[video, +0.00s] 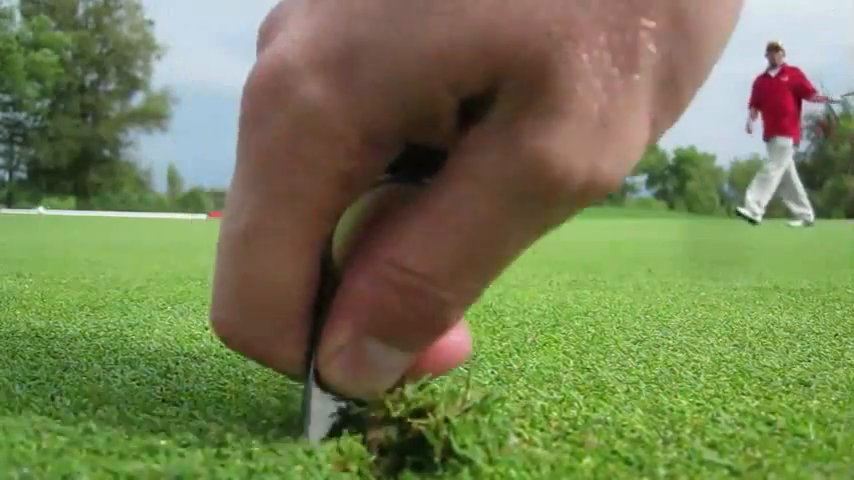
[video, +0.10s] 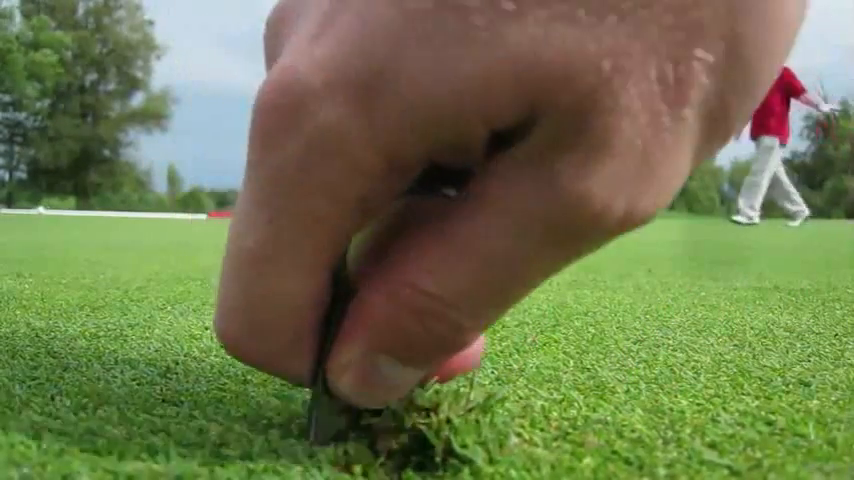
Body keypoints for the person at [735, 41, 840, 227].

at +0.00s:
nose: (773, 56)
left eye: (776, 53)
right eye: (770, 53)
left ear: (782, 55)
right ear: (766, 56)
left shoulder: (793, 74)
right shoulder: (760, 81)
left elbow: (809, 94)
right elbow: (754, 105)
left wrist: (822, 98)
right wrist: (750, 120)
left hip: (787, 129)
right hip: (770, 131)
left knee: (772, 169)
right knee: (787, 174)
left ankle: (753, 209)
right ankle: (804, 214)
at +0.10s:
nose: (764, 58)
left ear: (774, 54)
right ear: (757, 57)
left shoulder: (782, 73)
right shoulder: (755, 76)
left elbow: (801, 94)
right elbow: (746, 102)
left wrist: (821, 106)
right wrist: (738, 125)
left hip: (774, 131)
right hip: (758, 132)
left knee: (759, 172)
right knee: (775, 176)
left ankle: (749, 212)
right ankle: (798, 210)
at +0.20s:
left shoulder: (772, 74)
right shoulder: (745, 78)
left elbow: (788, 95)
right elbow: (735, 103)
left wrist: (801, 114)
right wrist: (731, 130)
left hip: (763, 128)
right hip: (747, 130)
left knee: (750, 172)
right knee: (752, 175)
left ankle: (746, 213)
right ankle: (782, 200)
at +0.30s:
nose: (744, 50)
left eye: (747, 46)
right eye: (741, 47)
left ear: (754, 48)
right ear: (738, 50)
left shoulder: (762, 68)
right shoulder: (736, 73)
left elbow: (773, 95)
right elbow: (732, 106)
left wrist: (777, 120)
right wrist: (726, 131)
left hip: (754, 125)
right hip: (735, 127)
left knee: (747, 170)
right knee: (734, 169)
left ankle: (746, 212)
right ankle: (758, 198)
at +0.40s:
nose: (732, 49)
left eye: (734, 45)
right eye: (729, 47)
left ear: (743, 46)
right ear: (728, 49)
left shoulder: (753, 67)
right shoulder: (728, 71)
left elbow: (756, 96)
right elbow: (724, 99)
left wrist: (751, 121)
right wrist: (717, 124)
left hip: (742, 127)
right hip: (722, 128)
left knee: (743, 172)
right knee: (719, 170)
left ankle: (747, 211)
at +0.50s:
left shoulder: (743, 74)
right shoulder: (719, 75)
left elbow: (739, 99)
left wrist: (725, 121)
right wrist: (709, 125)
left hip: (736, 129)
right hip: (713, 128)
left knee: (738, 173)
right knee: (705, 168)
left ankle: (746, 212)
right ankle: (691, 208)